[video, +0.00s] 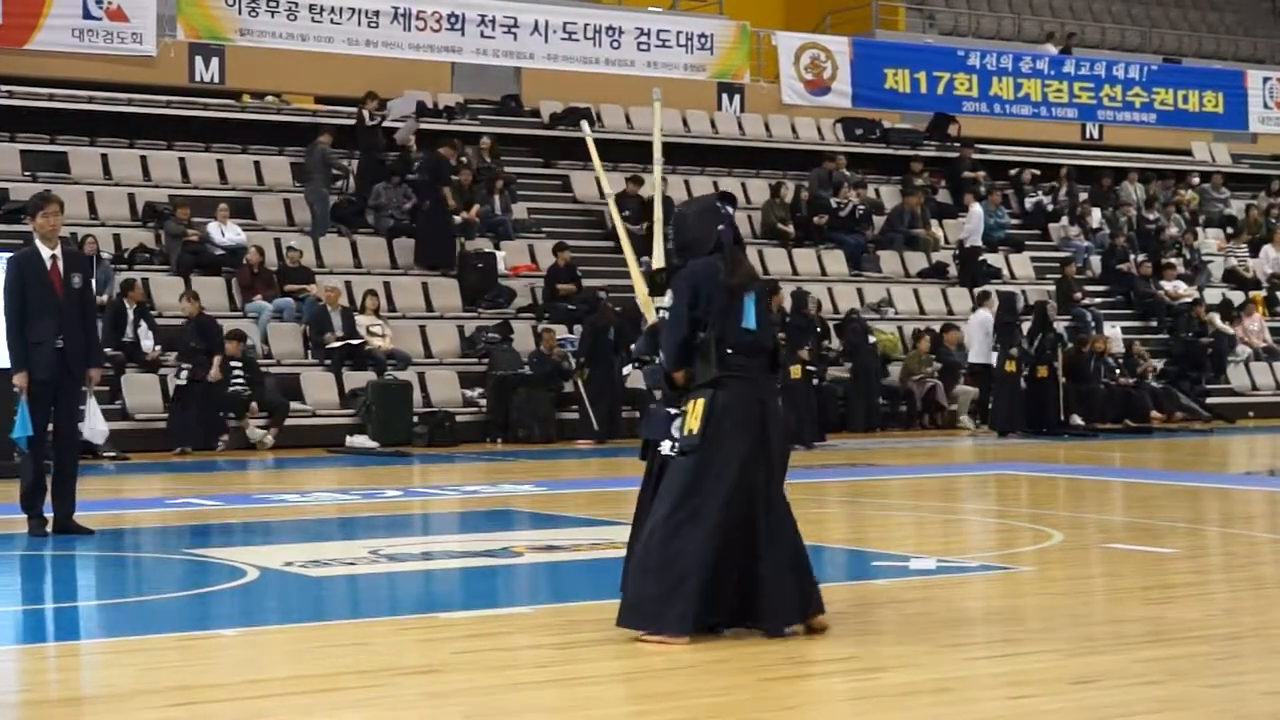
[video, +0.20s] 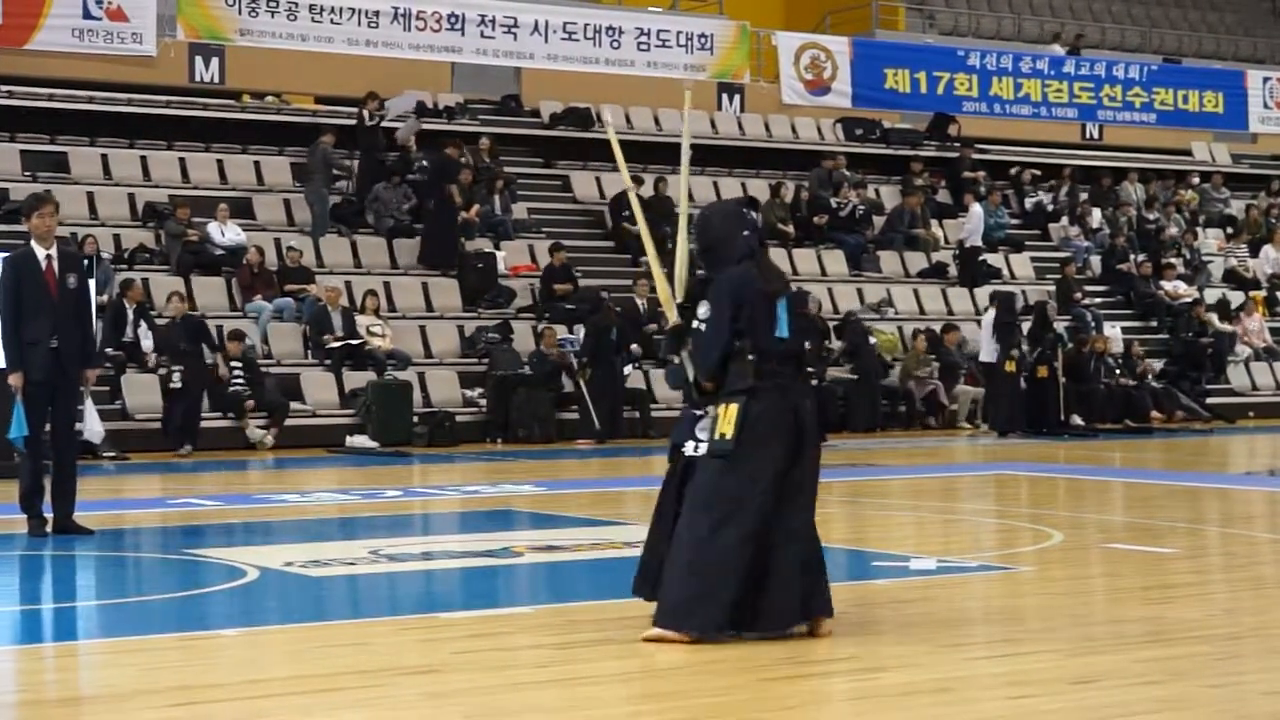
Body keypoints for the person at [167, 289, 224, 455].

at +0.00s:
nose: (182, 309)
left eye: (184, 305)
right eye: (181, 306)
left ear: (194, 303)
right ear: (187, 304)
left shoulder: (207, 321)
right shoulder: (189, 324)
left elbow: (218, 345)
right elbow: (186, 347)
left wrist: (215, 367)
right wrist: (177, 359)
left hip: (206, 369)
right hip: (189, 368)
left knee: (204, 401)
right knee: (181, 403)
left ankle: (221, 433)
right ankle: (184, 442)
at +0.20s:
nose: (173, 306)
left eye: (177, 302)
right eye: (170, 303)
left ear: (185, 305)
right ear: (167, 306)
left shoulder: (196, 322)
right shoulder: (168, 327)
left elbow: (212, 345)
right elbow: (163, 349)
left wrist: (221, 365)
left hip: (194, 367)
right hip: (174, 368)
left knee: (192, 405)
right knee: (175, 404)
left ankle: (189, 442)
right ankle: (178, 442)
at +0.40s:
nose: (166, 307)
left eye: (169, 304)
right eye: (163, 304)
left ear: (175, 306)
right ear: (159, 308)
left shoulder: (187, 324)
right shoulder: (158, 329)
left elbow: (202, 343)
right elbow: (150, 350)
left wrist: (214, 363)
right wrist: (144, 366)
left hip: (186, 371)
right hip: (166, 372)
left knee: (182, 408)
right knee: (166, 407)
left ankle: (179, 443)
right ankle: (167, 444)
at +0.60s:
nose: (159, 304)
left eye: (162, 300)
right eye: (156, 301)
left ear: (169, 303)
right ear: (152, 304)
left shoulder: (181, 322)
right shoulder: (150, 325)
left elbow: (195, 348)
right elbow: (144, 351)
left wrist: (201, 368)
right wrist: (138, 373)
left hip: (178, 370)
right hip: (156, 370)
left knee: (176, 407)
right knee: (155, 406)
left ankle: (171, 446)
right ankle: (162, 445)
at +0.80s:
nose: (150, 304)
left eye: (153, 301)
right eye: (146, 301)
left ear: (160, 303)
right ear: (142, 304)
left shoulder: (170, 322)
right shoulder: (138, 324)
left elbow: (178, 347)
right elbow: (135, 349)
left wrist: (174, 365)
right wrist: (133, 370)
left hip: (166, 369)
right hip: (145, 369)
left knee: (167, 408)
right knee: (141, 407)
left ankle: (168, 446)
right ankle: (150, 445)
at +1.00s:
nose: (134, 306)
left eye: (137, 302)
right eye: (131, 302)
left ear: (145, 305)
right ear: (128, 306)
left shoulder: (154, 325)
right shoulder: (124, 329)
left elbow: (162, 349)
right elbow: (120, 357)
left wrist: (156, 367)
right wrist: (117, 378)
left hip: (151, 373)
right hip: (130, 374)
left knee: (158, 411)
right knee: (130, 412)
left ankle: (163, 447)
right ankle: (128, 448)